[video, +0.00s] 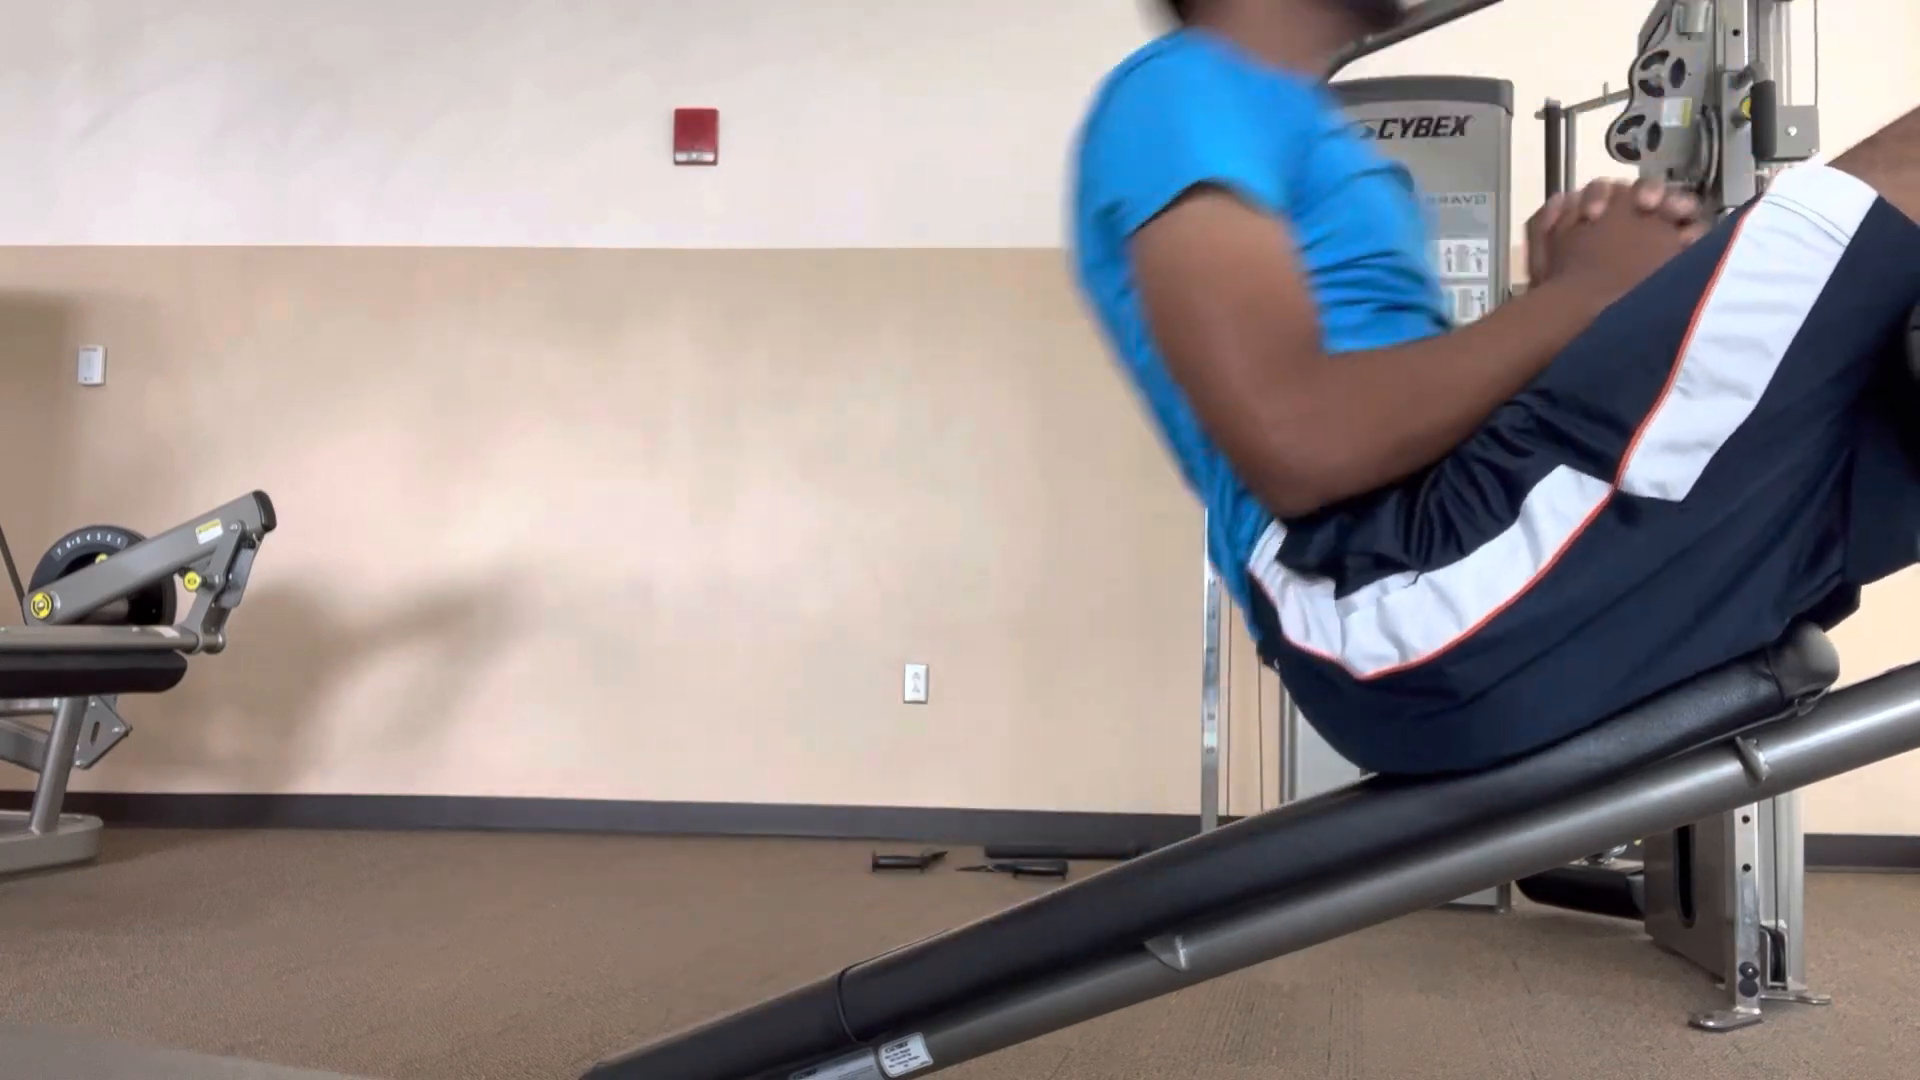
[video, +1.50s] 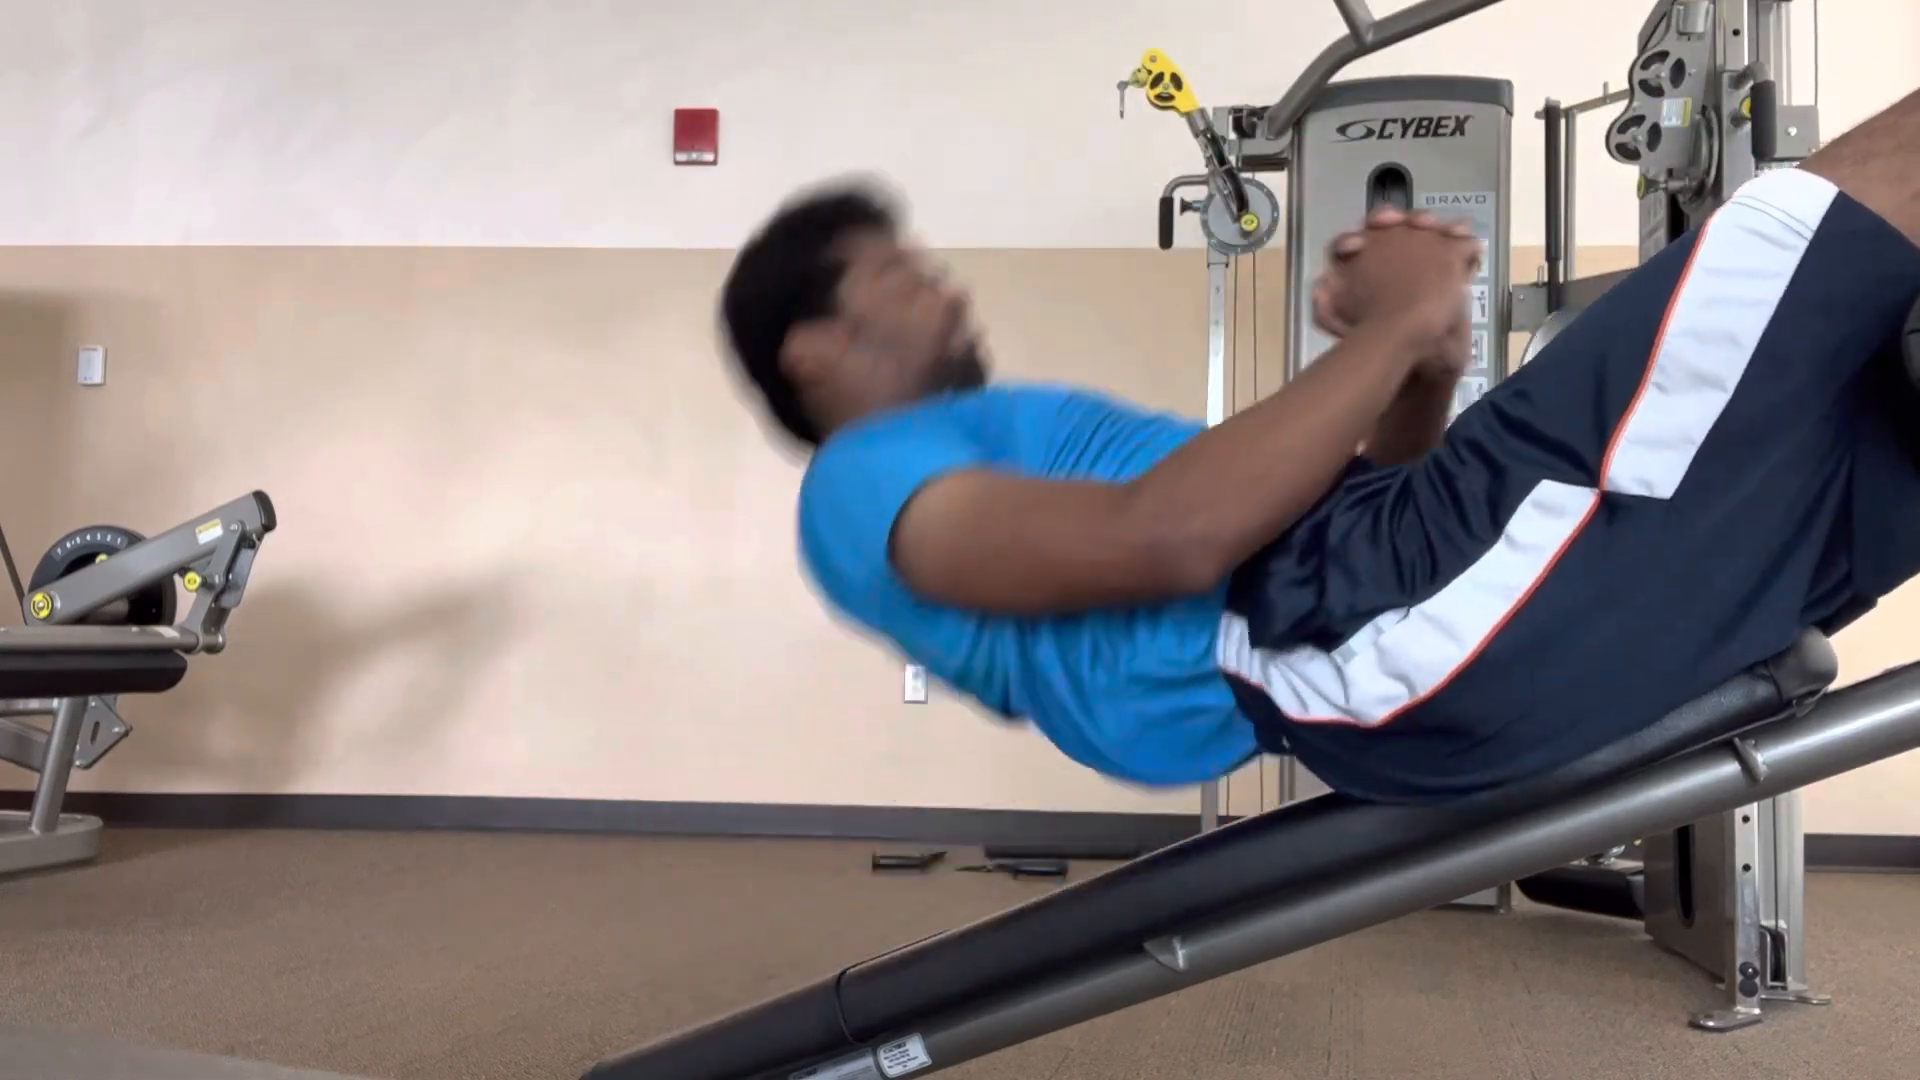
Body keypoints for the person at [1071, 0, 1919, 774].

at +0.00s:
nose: (1400, 0)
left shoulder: (1320, 137)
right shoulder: (1177, 91)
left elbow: (1371, 439)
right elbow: (1296, 439)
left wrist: (1549, 306)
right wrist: (1579, 300)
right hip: (1393, 610)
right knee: (1899, 158)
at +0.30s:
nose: (883, 318)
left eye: (853, 303)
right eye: (836, 318)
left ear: (830, 382)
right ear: (784, 409)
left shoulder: (961, 496)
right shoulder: (857, 520)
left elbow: (1201, 589)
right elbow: (1158, 614)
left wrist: (1365, 399)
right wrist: (1361, 385)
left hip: (1358, 629)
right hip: (1320, 676)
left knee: (1874, 390)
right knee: (1878, 176)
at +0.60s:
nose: (759, 703)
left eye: (734, 708)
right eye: (722, 720)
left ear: (767, 711)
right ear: (725, 789)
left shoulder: (916, 799)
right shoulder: (818, 845)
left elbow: (1046, 551)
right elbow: (844, 498)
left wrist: (861, 559)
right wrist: (769, 560)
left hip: (1327, 593)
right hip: (1314, 670)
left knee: (1869, 192)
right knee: (1869, 186)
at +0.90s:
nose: (741, 787)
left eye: (718, 785)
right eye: (728, 811)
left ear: (733, 776)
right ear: (738, 858)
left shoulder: (882, 775)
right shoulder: (844, 889)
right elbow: (595, 886)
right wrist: (447, 907)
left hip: (1309, 586)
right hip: (1355, 665)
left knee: (1858, 205)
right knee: (1836, 201)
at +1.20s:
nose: (738, 706)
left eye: (714, 713)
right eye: (708, 738)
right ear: (716, 808)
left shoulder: (919, 791)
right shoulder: (793, 835)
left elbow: (1141, 558)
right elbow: (894, 544)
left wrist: (929, 488)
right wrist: (854, 496)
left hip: (1339, 592)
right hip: (1322, 661)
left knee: (1880, 177)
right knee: (1863, 183)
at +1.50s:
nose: (936, 286)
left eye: (921, 263)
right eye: (881, 284)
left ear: (934, 292)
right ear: (806, 363)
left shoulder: (1034, 438)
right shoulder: (858, 484)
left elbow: (1331, 535)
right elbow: (1161, 536)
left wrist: (1420, 368)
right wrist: (1393, 326)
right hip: (1372, 630)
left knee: (1898, 447)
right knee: (1884, 154)